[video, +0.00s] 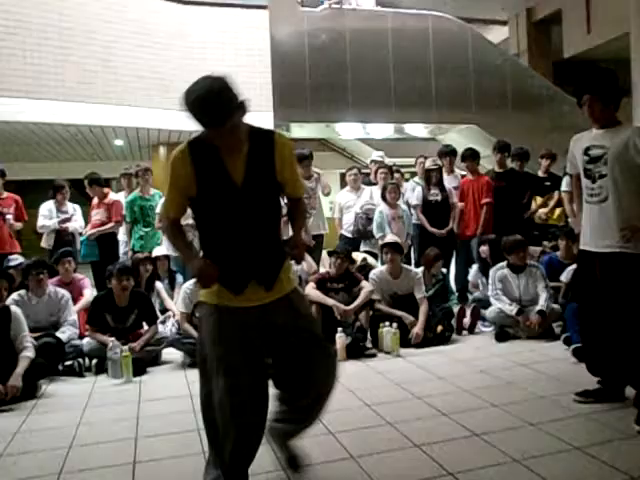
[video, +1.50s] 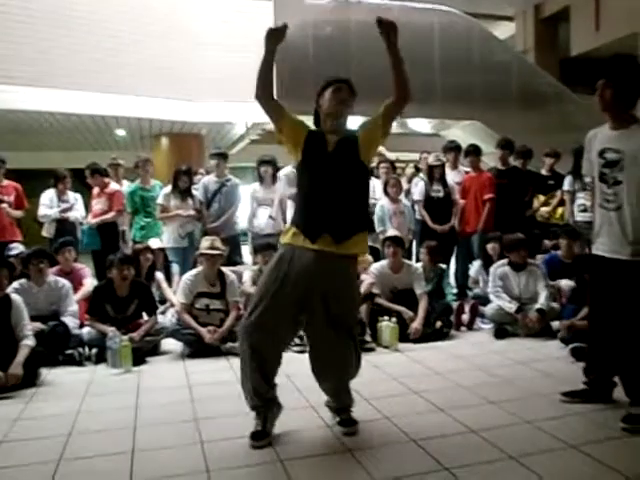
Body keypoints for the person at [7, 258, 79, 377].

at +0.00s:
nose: (41, 277)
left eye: (43, 273)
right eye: (36, 274)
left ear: (48, 277)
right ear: (27, 280)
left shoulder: (62, 296)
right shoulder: (16, 300)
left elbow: (72, 327)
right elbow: (12, 330)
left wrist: (54, 339)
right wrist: (28, 337)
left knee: (46, 345)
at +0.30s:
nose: (41, 278)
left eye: (43, 274)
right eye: (36, 275)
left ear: (48, 277)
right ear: (27, 280)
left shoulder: (61, 296)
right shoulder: (16, 300)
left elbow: (71, 326)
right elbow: (10, 328)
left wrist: (58, 343)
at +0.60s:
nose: (39, 278)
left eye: (41, 274)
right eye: (34, 275)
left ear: (47, 277)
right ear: (26, 280)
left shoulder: (61, 296)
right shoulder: (15, 300)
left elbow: (71, 326)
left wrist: (59, 340)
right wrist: (21, 337)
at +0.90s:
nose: (41, 280)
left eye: (44, 275)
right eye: (36, 277)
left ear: (50, 277)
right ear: (29, 282)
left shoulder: (65, 297)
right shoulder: (18, 302)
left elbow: (75, 330)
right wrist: (29, 338)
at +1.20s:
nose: (51, 270)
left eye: (54, 266)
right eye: (46, 267)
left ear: (60, 269)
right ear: (40, 272)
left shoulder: (74, 289)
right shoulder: (29, 292)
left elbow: (83, 321)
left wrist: (56, 329)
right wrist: (39, 329)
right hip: (39, 336)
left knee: (71, 332)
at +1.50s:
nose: (39, 267)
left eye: (42, 263)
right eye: (34, 264)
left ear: (49, 266)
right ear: (28, 269)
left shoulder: (62, 286)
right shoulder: (17, 288)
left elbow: (73, 319)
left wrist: (46, 327)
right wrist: (26, 326)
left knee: (60, 331)